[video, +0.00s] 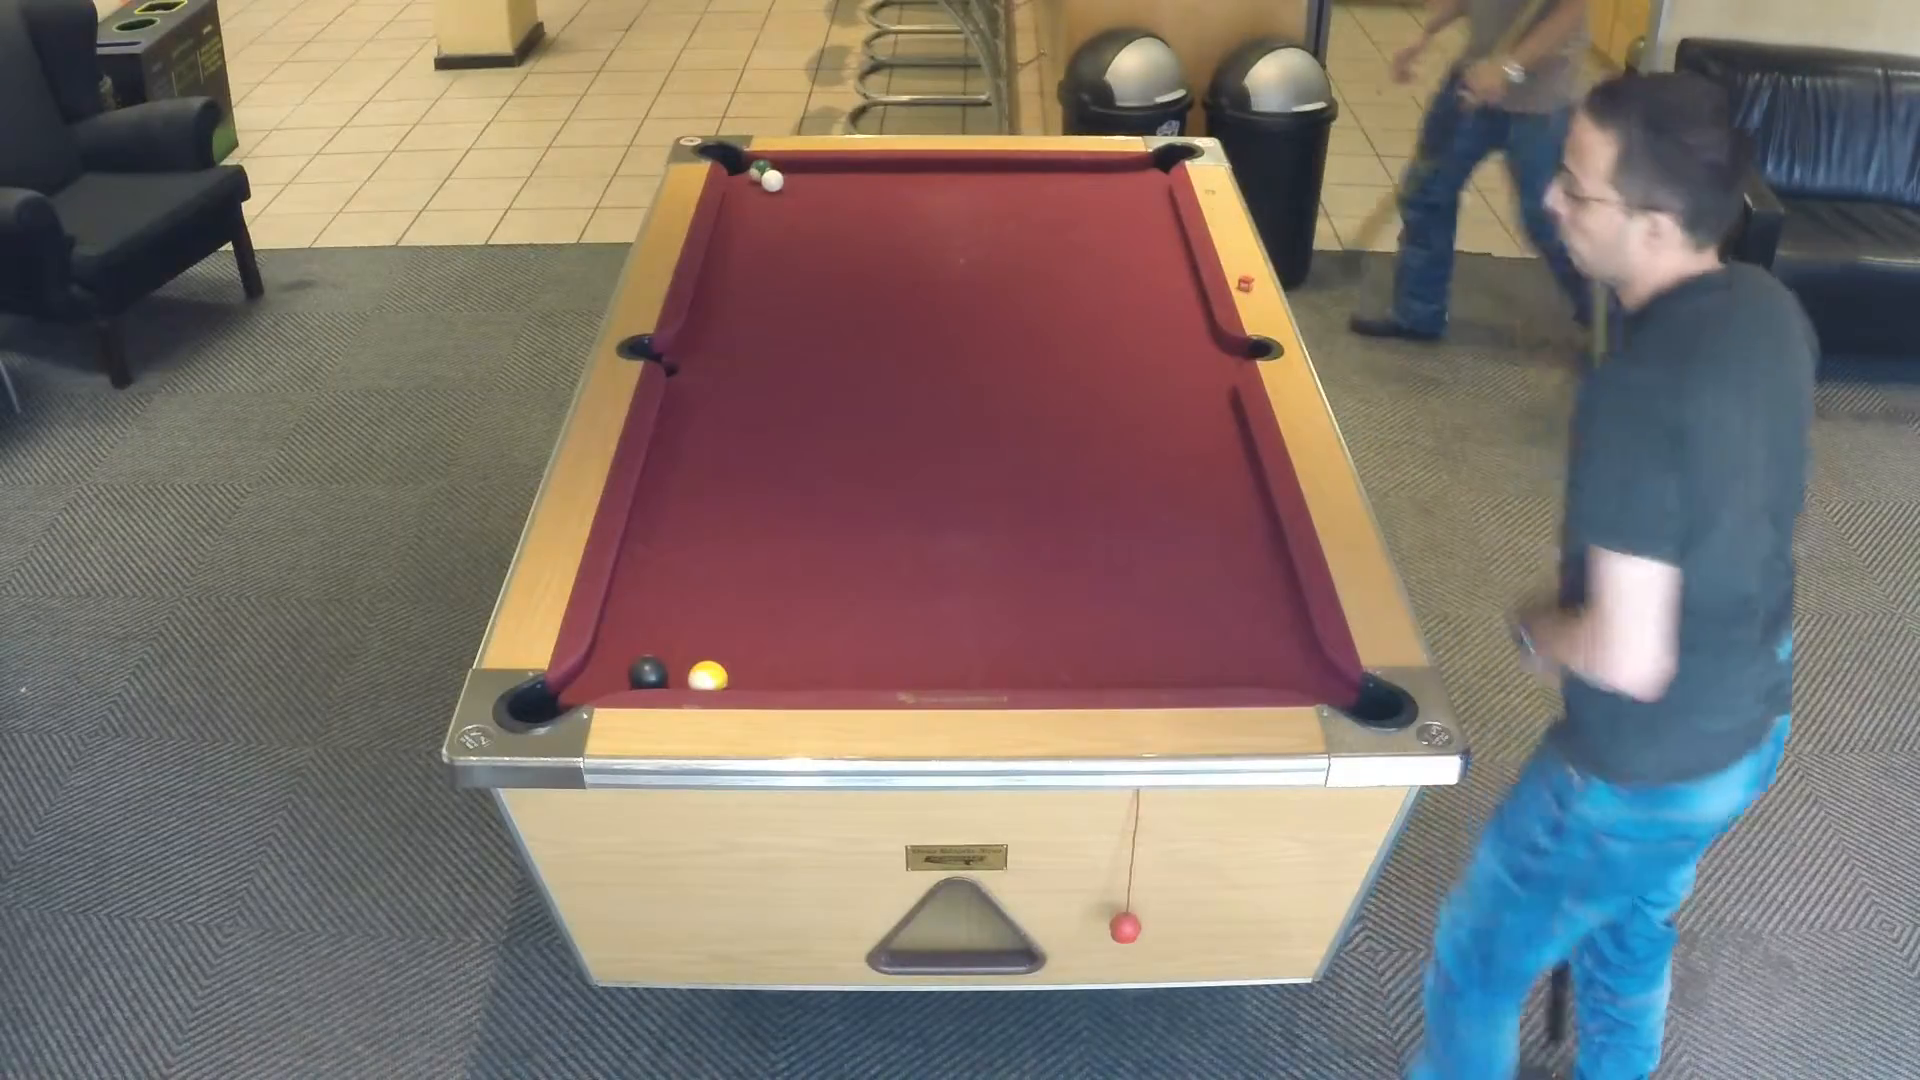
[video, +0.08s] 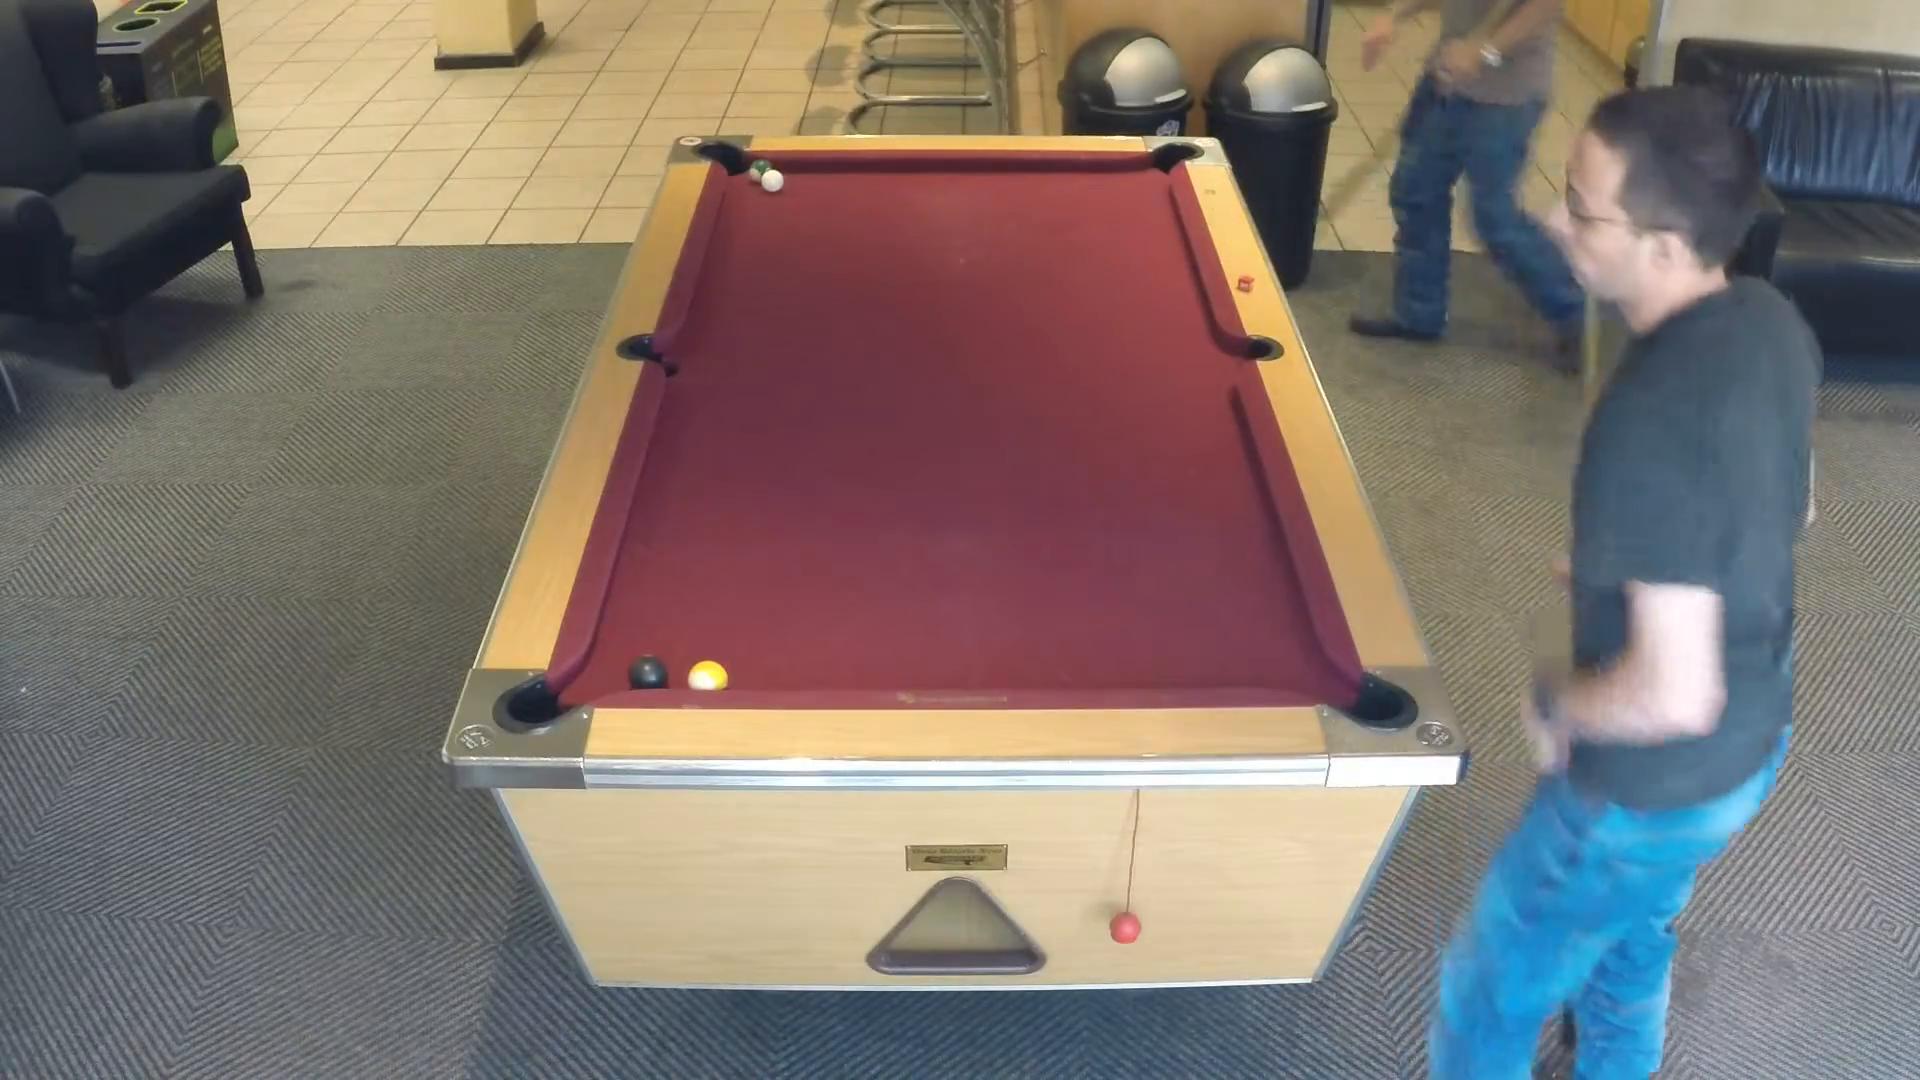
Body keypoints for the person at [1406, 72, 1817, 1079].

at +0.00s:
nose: (1551, 202)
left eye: (1577, 192)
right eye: (1561, 180)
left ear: (1656, 227)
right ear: (1676, 227)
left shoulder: (1635, 393)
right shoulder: (1771, 312)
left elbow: (1632, 661)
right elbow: (1757, 510)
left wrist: (1539, 622)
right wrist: (1611, 589)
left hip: (1634, 773)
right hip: (1741, 724)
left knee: (1477, 967)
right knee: (1629, 946)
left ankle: (1454, 1069)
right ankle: (1615, 1068)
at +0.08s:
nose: (1556, 222)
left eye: (1581, 213)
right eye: (1566, 200)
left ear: (1664, 247)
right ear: (1686, 249)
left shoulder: (1648, 422)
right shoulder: (1769, 321)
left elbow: (1677, 694)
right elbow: (1792, 511)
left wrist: (1560, 704)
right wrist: (1620, 561)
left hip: (1640, 793)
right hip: (1738, 750)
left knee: (1486, 993)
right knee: (1628, 960)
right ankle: (1614, 1067)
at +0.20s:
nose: (1544, 256)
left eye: (1571, 248)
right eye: (1556, 231)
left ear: (1660, 289)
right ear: (1674, 286)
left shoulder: (1677, 467)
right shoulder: (1752, 342)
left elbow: (1717, 760)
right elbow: (1788, 510)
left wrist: (1563, 840)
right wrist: (1613, 581)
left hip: (1652, 808)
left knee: (1521, 1044)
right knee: (1621, 1002)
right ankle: (1617, 1065)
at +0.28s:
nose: (1527, 294)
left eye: (1555, 288)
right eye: (1540, 271)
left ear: (1642, 324)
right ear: (1652, 319)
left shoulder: (1687, 527)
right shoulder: (1731, 371)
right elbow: (1783, 503)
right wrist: (1606, 611)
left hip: (1636, 848)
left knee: (1552, 1048)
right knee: (1602, 1009)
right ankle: (1609, 1059)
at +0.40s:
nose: (1486, 357)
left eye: (1511, 347)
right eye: (1500, 334)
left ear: (1593, 405)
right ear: (1602, 398)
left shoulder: (1679, 641)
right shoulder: (1671, 441)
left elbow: (1627, 880)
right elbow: (1757, 510)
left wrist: (1529, 1057)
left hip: (1616, 942)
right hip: (1565, 859)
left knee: (1553, 1065)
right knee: (1532, 1011)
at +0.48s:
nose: (1459, 397)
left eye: (1476, 395)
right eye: (1469, 382)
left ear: (1552, 441)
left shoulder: (1673, 681)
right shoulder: (1648, 453)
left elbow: (1617, 931)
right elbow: (1727, 519)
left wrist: (1512, 1066)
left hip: (1588, 985)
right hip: (1520, 883)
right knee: (1475, 1028)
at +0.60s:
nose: (1405, 426)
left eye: (1417, 416)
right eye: (1412, 410)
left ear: (1489, 471)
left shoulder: (1650, 720)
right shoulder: (1599, 494)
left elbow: (1619, 998)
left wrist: (1471, 1073)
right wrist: (1481, 726)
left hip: (1541, 1027)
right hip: (1457, 912)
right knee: (1361, 1051)